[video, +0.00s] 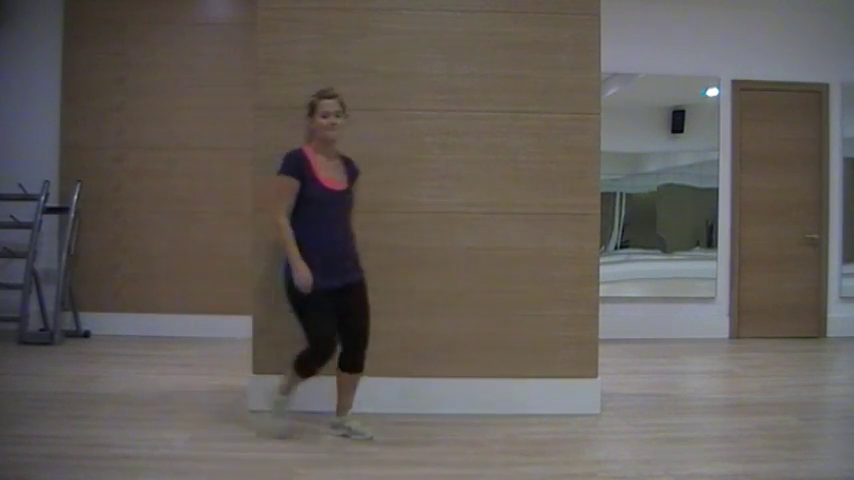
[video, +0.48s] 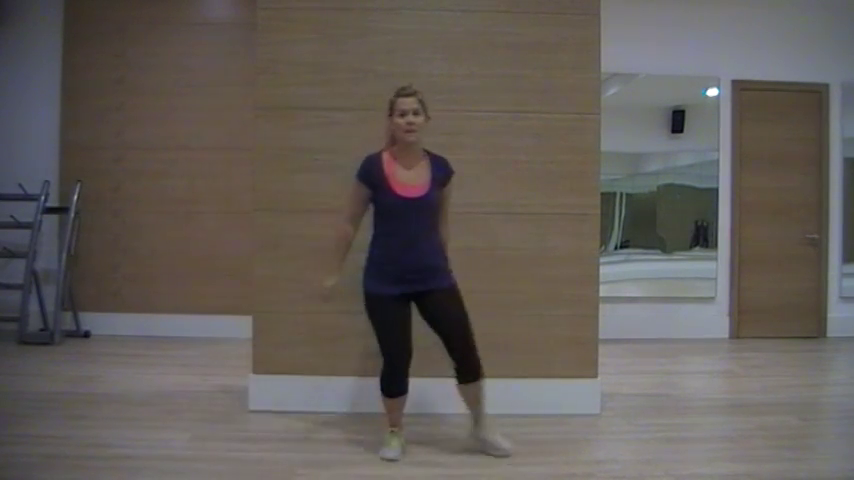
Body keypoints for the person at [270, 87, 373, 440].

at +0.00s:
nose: (332, 121)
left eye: (337, 115)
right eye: (325, 115)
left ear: (343, 121)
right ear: (310, 121)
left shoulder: (348, 168)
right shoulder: (297, 161)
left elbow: (345, 220)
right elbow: (279, 215)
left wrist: (351, 261)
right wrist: (298, 264)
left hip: (346, 268)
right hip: (309, 269)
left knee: (356, 341)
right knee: (323, 345)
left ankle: (343, 415)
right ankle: (284, 389)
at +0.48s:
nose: (409, 120)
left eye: (416, 113)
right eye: (401, 114)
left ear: (425, 120)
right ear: (390, 121)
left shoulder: (438, 168)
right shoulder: (373, 168)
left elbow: (441, 224)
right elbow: (350, 221)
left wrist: (444, 268)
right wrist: (334, 270)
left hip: (431, 275)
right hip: (385, 279)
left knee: (464, 346)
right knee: (397, 358)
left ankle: (481, 428)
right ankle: (394, 434)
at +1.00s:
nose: (458, 113)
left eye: (464, 106)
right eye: (450, 107)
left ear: (476, 110)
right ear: (440, 113)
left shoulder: (494, 157)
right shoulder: (425, 154)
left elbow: (508, 214)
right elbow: (411, 214)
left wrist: (522, 258)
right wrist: (403, 266)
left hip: (481, 270)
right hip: (429, 268)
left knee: (492, 353)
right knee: (398, 348)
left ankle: (509, 435)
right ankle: (358, 428)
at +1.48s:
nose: (416, 123)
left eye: (423, 116)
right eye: (409, 116)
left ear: (437, 120)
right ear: (399, 121)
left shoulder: (453, 165)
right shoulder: (384, 165)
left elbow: (468, 224)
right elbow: (374, 222)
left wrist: (483, 269)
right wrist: (366, 273)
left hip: (441, 279)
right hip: (390, 277)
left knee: (470, 360)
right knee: (364, 359)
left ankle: (507, 434)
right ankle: (347, 433)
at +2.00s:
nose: (375, 184)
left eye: (382, 177)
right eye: (368, 177)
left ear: (395, 181)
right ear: (358, 180)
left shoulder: (413, 218)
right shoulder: (349, 215)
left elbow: (440, 259)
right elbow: (354, 261)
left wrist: (462, 294)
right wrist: (357, 299)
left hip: (423, 303)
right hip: (373, 304)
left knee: (469, 365)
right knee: (341, 362)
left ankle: (506, 435)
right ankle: (346, 435)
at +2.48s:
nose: (411, 255)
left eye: (419, 248)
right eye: (403, 247)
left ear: (429, 249)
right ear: (391, 247)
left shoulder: (445, 270)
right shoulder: (373, 267)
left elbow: (463, 301)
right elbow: (355, 293)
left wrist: (463, 325)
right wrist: (350, 324)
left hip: (436, 316)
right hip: (384, 316)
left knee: (480, 365)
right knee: (354, 366)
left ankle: (507, 436)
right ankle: (346, 434)